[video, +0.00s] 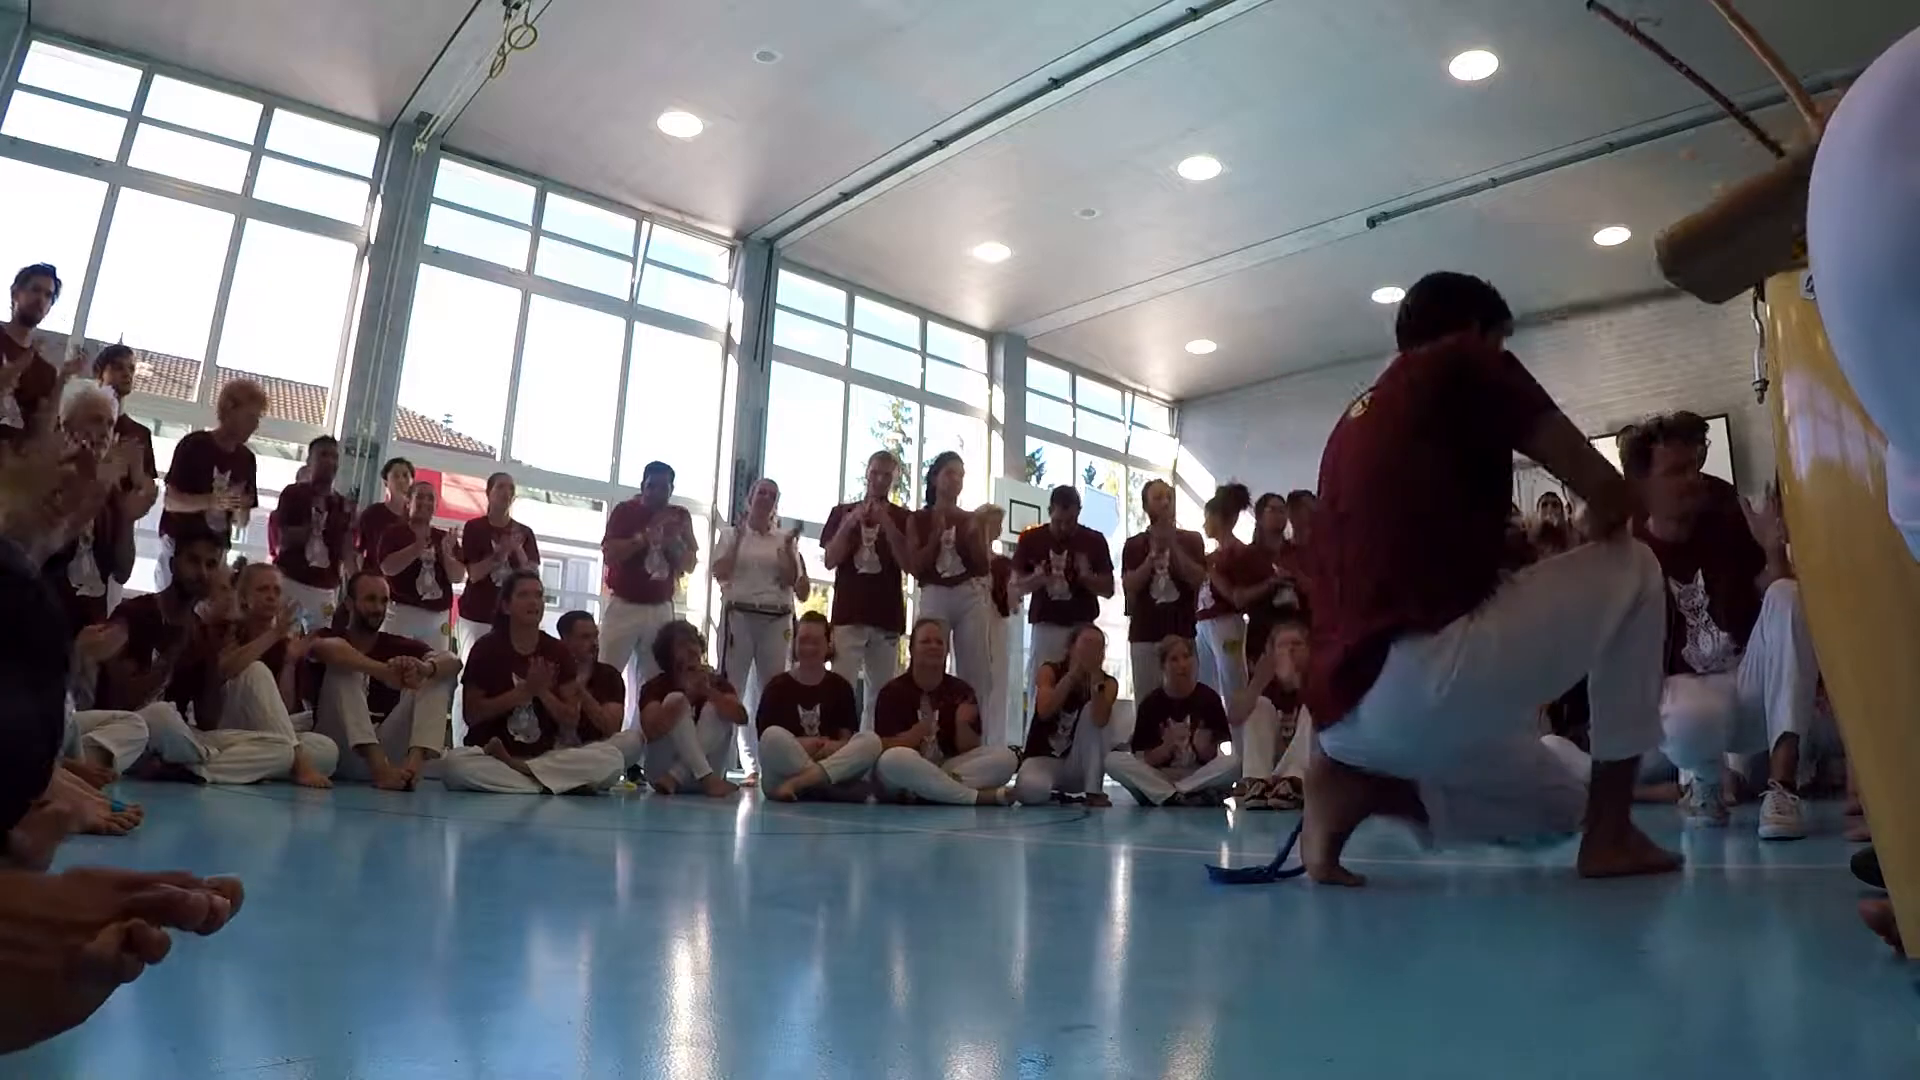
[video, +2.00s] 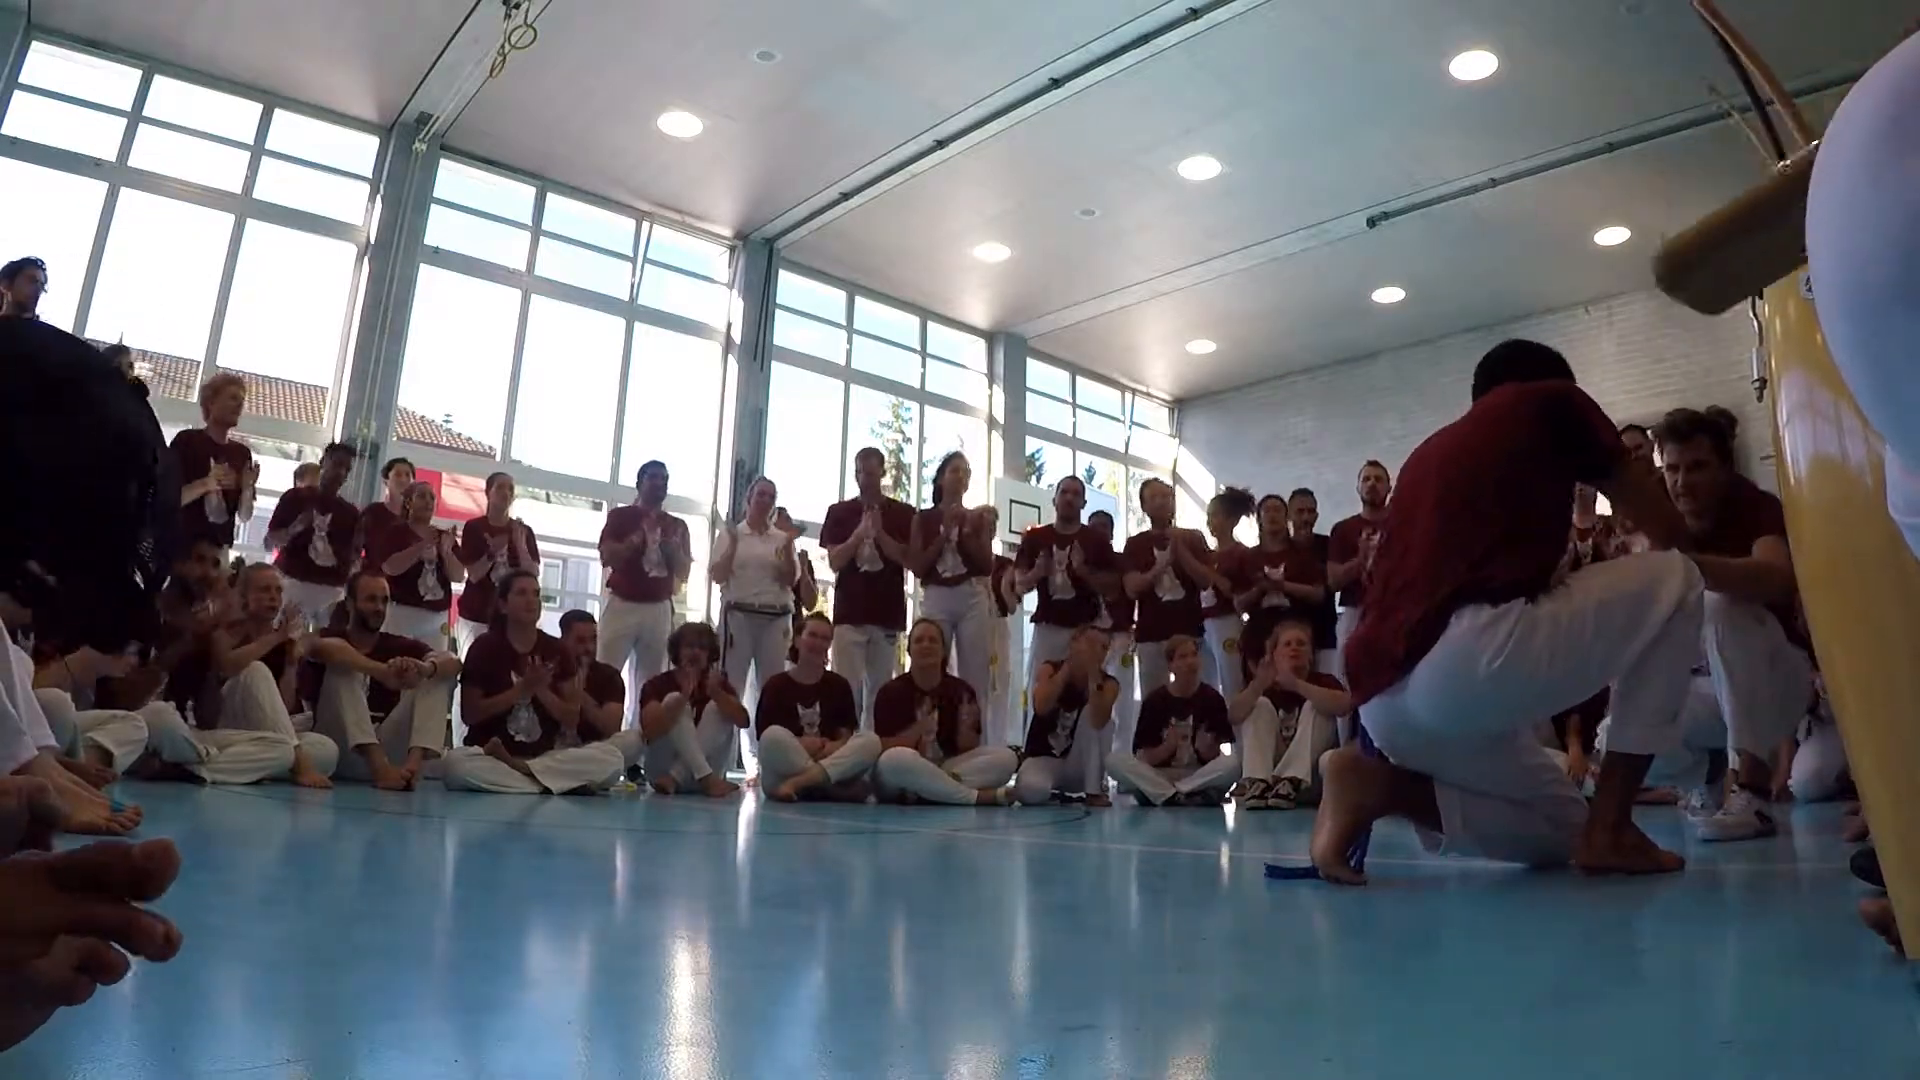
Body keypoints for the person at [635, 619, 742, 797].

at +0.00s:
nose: (690, 649)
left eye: (693, 642)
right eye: (681, 646)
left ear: (701, 646)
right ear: (668, 655)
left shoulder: (716, 682)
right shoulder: (654, 687)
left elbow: (741, 717)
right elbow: (650, 731)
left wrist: (708, 692)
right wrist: (689, 696)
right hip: (664, 773)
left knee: (716, 706)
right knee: (676, 700)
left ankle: (675, 777)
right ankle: (708, 777)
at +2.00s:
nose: (695, 652)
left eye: (702, 648)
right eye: (689, 646)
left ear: (711, 654)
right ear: (676, 652)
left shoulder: (718, 682)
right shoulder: (656, 684)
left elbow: (743, 721)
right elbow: (650, 731)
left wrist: (716, 693)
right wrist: (683, 696)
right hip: (664, 771)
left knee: (719, 706)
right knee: (674, 701)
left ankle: (674, 777)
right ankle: (707, 778)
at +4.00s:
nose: (702, 655)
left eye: (703, 648)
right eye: (695, 649)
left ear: (706, 649)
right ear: (678, 655)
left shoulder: (716, 682)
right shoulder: (654, 687)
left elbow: (743, 720)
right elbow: (650, 730)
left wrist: (711, 690)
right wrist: (680, 691)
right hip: (664, 771)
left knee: (716, 706)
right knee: (676, 700)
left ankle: (675, 776)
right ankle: (707, 776)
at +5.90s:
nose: (686, 651)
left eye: (689, 644)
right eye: (677, 648)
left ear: (696, 646)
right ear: (663, 656)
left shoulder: (713, 678)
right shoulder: (653, 688)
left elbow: (743, 721)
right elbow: (652, 730)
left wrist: (718, 694)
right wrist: (681, 694)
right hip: (664, 772)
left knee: (716, 705)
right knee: (679, 703)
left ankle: (675, 776)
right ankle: (706, 776)